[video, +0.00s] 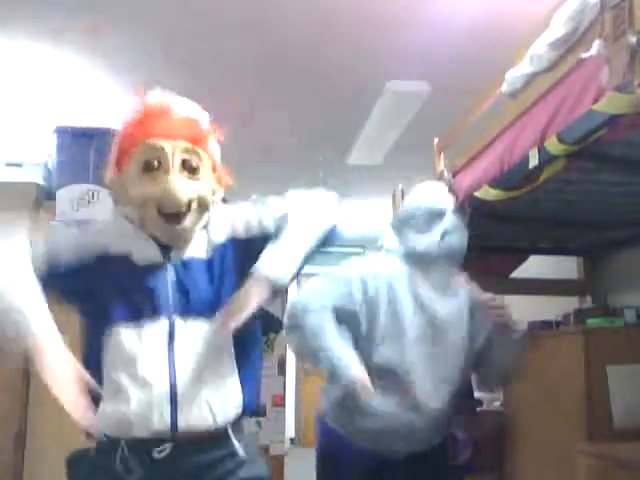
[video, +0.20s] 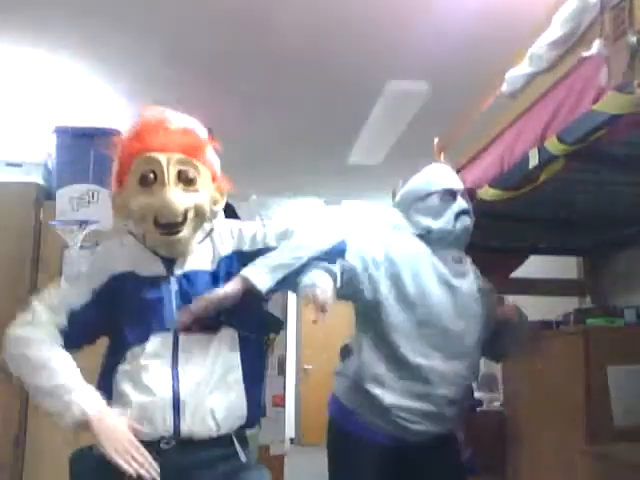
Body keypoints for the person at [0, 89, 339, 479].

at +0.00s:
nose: (173, 189)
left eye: (190, 166)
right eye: (150, 166)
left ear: (216, 183)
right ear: (118, 185)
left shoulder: (234, 236)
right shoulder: (95, 250)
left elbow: (319, 205)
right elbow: (13, 253)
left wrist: (264, 281)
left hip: (219, 458)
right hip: (119, 459)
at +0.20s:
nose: (168, 200)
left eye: (186, 178)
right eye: (148, 179)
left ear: (215, 193)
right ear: (123, 196)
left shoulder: (238, 243)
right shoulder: (109, 260)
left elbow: (323, 233)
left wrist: (241, 286)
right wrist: (96, 414)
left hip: (223, 459)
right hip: (129, 459)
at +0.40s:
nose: (171, 212)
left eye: (188, 189)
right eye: (150, 190)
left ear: (218, 198)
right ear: (127, 203)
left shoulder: (242, 252)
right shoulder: (116, 266)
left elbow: (324, 220)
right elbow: (61, 363)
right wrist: (116, 428)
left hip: (221, 452)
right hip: (125, 452)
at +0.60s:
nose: (167, 197)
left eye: (184, 181)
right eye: (148, 182)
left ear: (217, 191)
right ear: (127, 196)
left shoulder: (241, 250)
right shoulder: (114, 258)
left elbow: (320, 207)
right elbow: (73, 354)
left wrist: (232, 207)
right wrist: (121, 415)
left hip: (222, 444)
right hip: (125, 442)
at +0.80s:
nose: (169, 203)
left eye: (187, 182)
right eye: (150, 184)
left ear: (221, 192)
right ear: (130, 200)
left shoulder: (233, 255)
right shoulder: (119, 269)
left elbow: (280, 203)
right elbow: (78, 359)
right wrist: (117, 420)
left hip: (218, 453)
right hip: (126, 455)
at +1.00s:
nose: (147, 208)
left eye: (162, 188)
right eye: (128, 194)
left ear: (188, 199)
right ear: (111, 211)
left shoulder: (223, 260)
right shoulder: (110, 280)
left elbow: (278, 209)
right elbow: (70, 380)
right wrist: (121, 437)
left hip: (210, 456)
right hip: (118, 458)